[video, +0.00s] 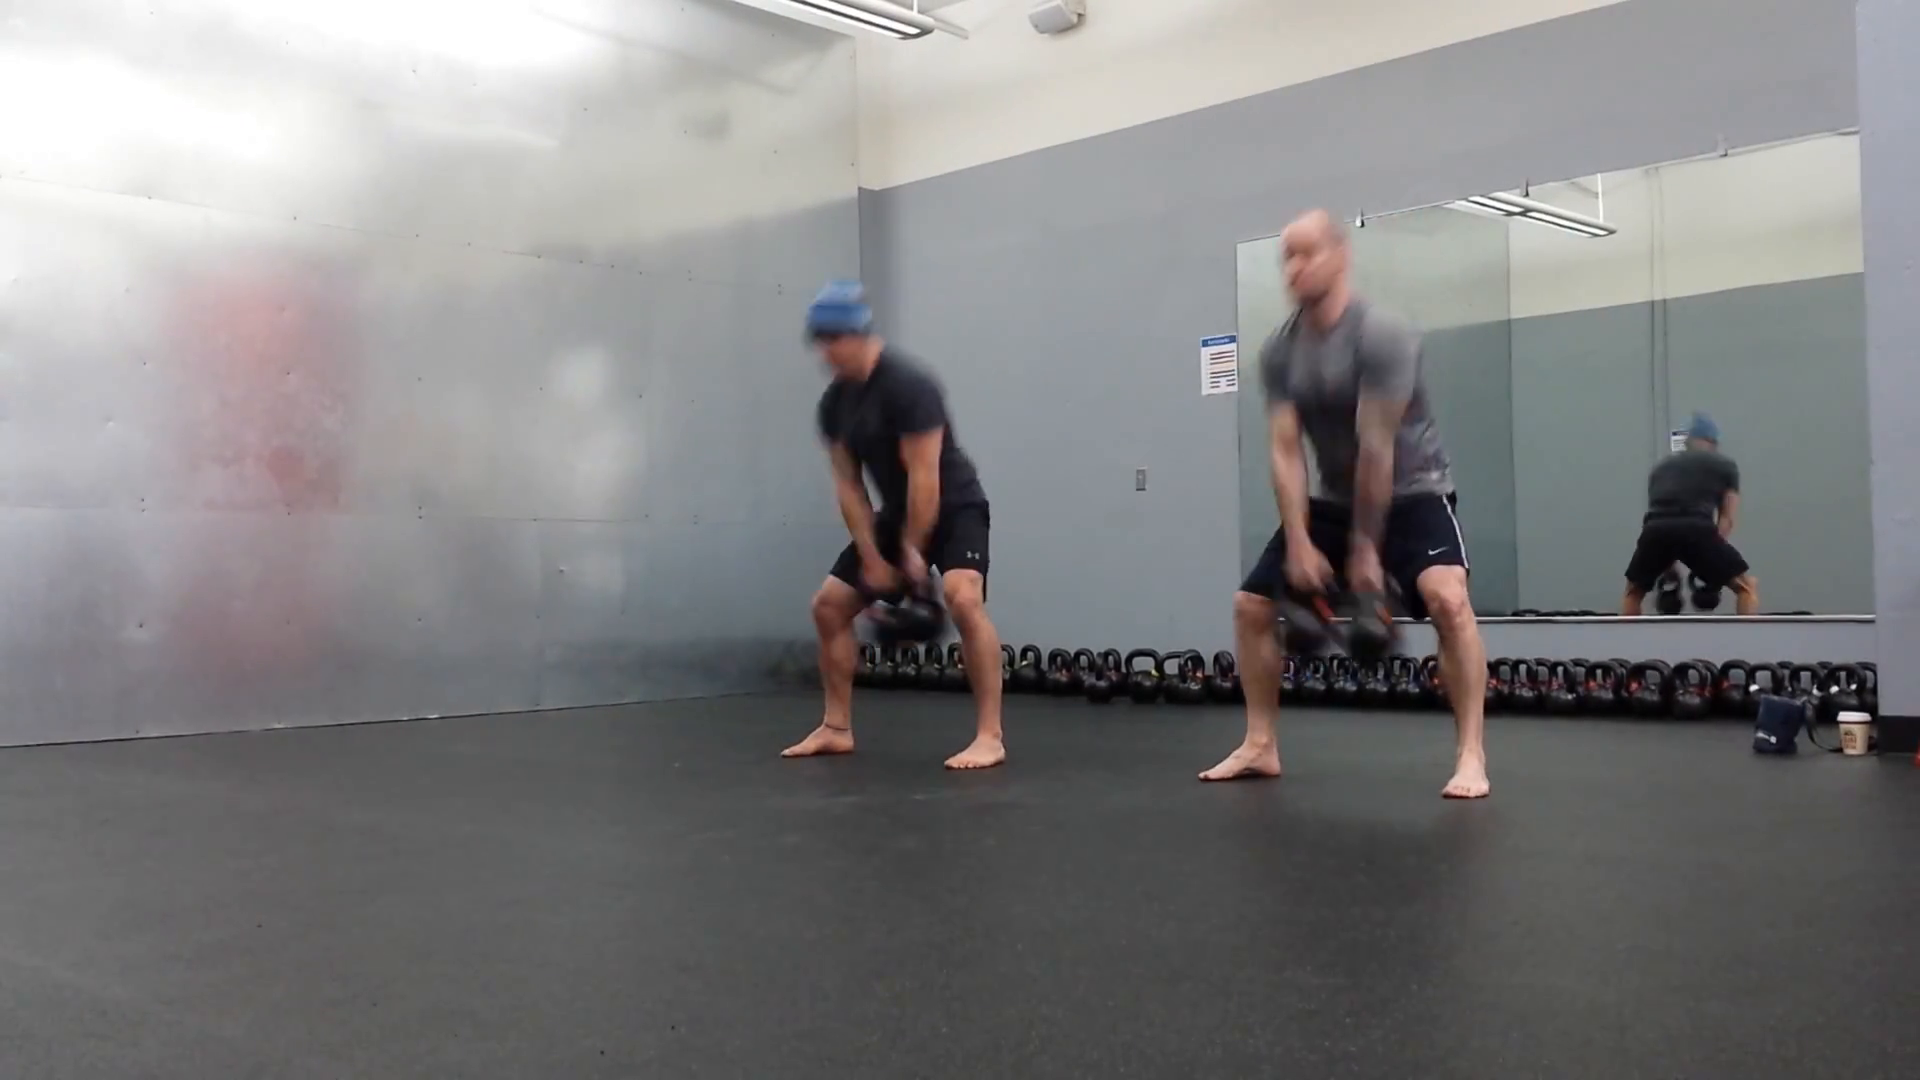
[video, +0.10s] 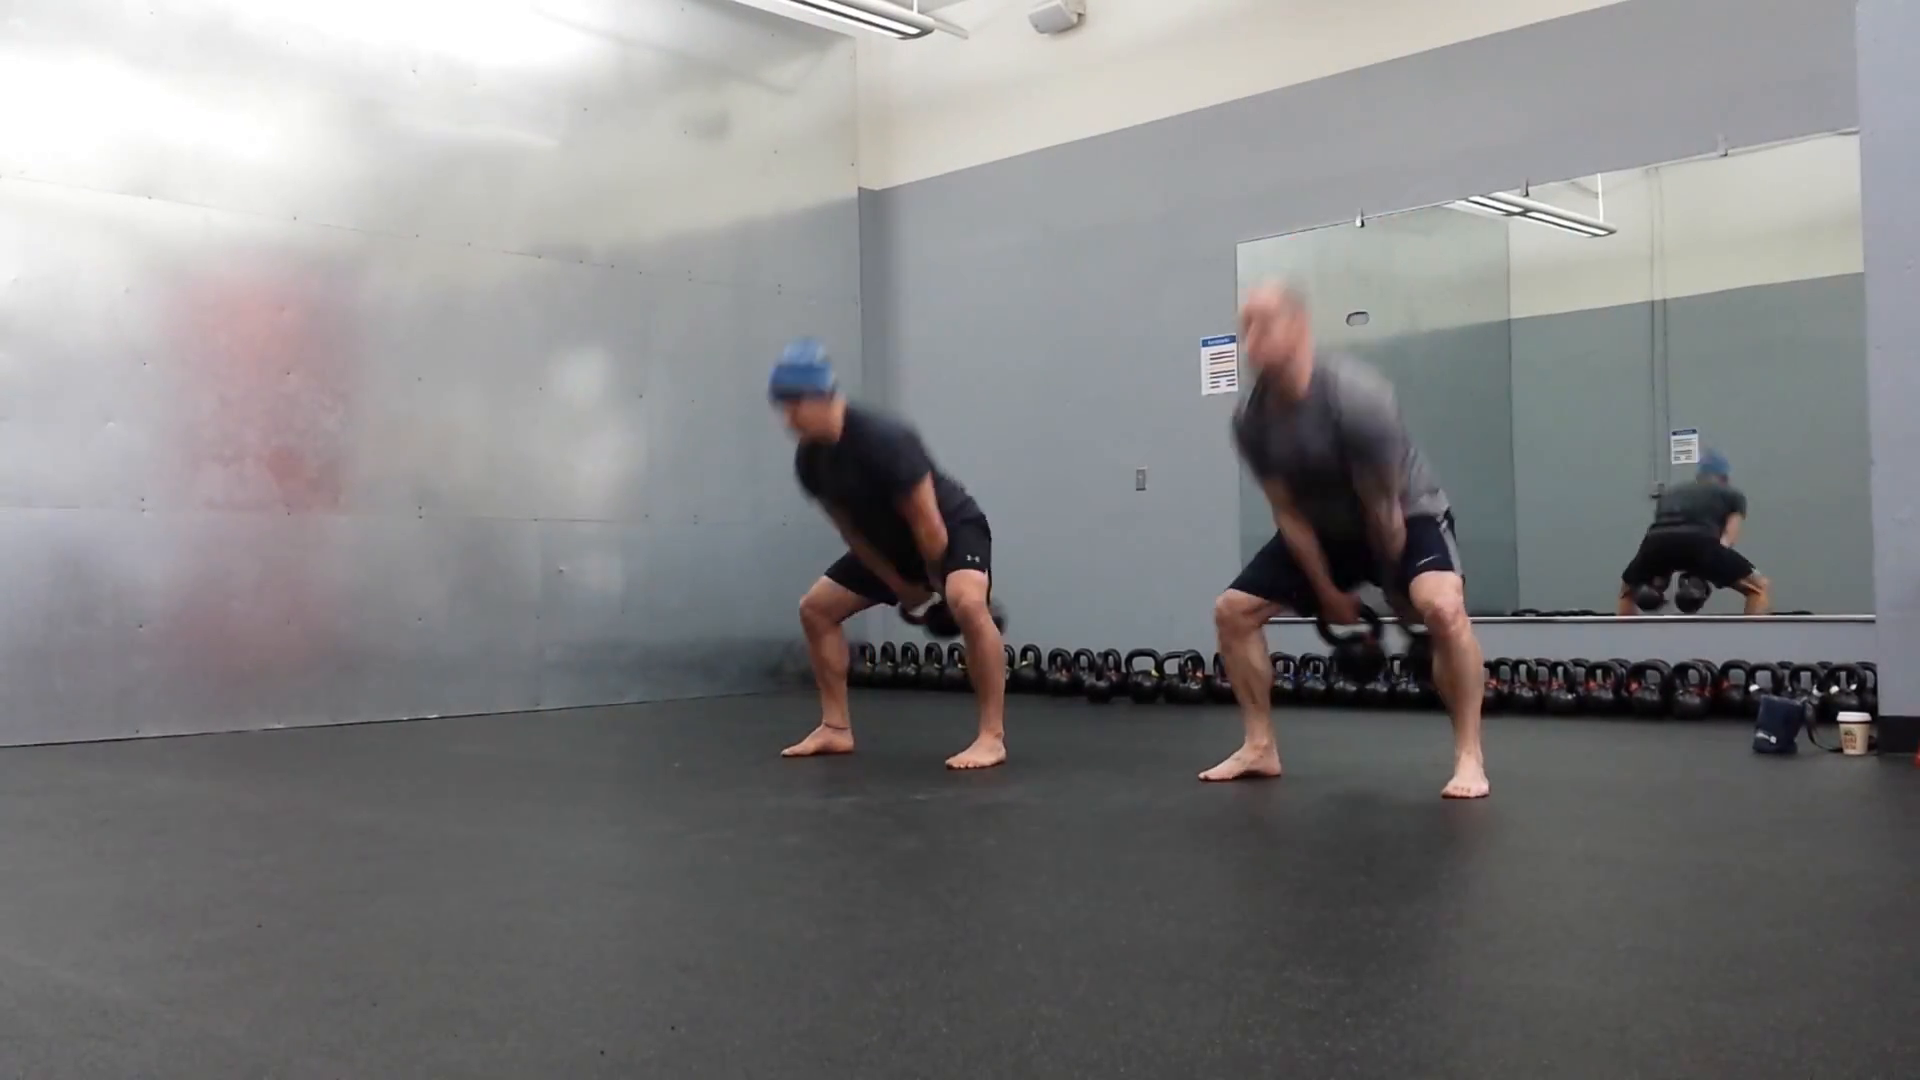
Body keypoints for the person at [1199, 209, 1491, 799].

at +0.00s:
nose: (1293, 267)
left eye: (1306, 253)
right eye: (1287, 257)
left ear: (1341, 255)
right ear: (1283, 267)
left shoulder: (1384, 336)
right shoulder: (1281, 349)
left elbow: (1377, 448)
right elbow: (1285, 449)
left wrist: (1365, 546)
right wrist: (1297, 541)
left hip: (1413, 500)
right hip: (1335, 501)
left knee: (1447, 599)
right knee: (1252, 605)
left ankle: (1471, 756)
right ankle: (1260, 744)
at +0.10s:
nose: (1255, 336)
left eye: (1266, 322)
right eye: (1247, 325)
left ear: (1300, 325)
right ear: (1242, 337)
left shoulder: (1360, 396)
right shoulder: (1252, 420)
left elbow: (1386, 507)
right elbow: (1286, 511)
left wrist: (1398, 592)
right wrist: (1329, 594)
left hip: (1404, 519)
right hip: (1324, 527)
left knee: (1442, 610)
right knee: (1235, 612)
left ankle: (1469, 756)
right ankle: (1259, 747)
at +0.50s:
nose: (1317, 233)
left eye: (1331, 220)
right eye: (1312, 223)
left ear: (1366, 228)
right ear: (1307, 235)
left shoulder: (1401, 310)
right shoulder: (1298, 318)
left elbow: (1390, 414)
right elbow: (1282, 411)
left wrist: (1355, 490)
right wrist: (1280, 496)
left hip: (1403, 472)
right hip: (1331, 473)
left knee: (1441, 597)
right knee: (1257, 602)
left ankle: (1467, 756)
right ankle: (1261, 742)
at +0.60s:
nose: (1359, 220)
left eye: (1372, 208)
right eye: (1352, 211)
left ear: (1407, 215)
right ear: (1345, 222)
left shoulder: (1435, 279)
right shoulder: (1334, 286)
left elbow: (1410, 347)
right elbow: (1295, 348)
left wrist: (1345, 385)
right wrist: (1263, 391)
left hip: (1403, 466)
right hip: (1328, 468)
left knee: (1429, 601)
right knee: (1286, 602)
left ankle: (1465, 754)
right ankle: (1263, 742)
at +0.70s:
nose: (1364, 222)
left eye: (1377, 210)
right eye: (1358, 213)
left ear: (1413, 218)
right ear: (1353, 225)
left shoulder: (1439, 274)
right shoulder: (1343, 288)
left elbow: (1431, 324)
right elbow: (1277, 349)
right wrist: (1253, 309)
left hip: (1394, 467)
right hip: (1318, 466)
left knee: (1423, 604)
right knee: (1288, 609)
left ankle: (1464, 755)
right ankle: (1265, 745)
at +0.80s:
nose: (1339, 226)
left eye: (1350, 213)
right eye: (1331, 215)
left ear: (1381, 216)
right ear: (1324, 220)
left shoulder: (1415, 269)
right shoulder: (1317, 283)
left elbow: (1428, 281)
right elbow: (1235, 308)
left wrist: (1382, 215)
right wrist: (1241, 241)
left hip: (1384, 469)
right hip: (1306, 470)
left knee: (1417, 609)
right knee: (1288, 616)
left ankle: (1463, 757)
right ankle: (1265, 746)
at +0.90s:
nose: (1316, 210)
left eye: (1331, 198)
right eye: (1311, 201)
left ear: (1369, 206)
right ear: (1305, 212)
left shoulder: (1397, 267)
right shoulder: (1295, 273)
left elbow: (1397, 196)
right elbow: (1218, 240)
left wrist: (1343, 117)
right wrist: (1230, 159)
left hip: (1376, 467)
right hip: (1299, 472)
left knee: (1416, 609)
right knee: (1288, 618)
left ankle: (1462, 760)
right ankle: (1265, 746)